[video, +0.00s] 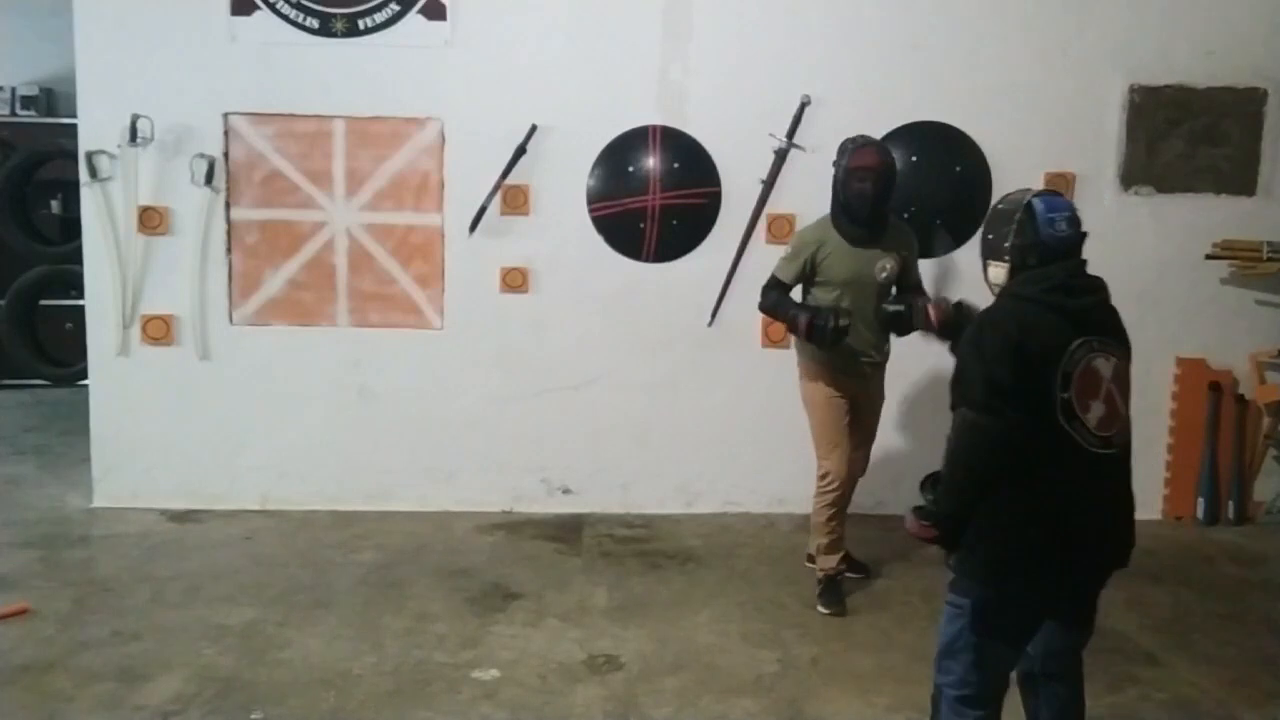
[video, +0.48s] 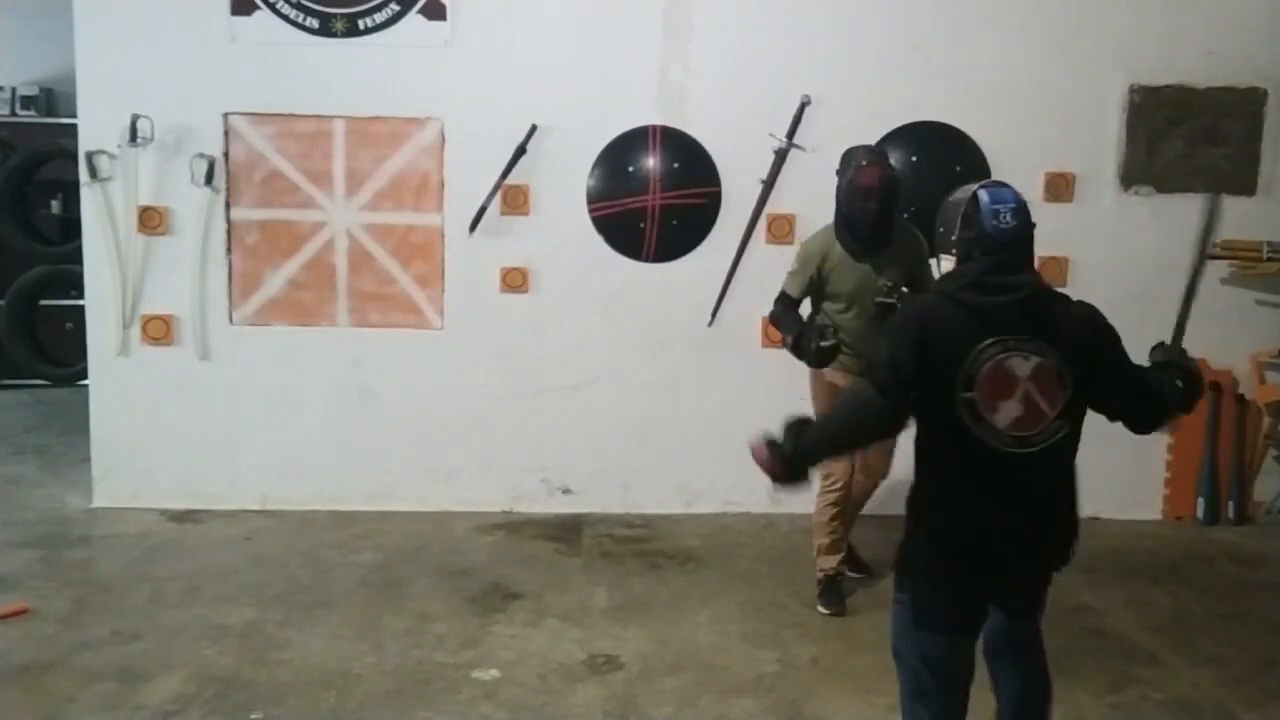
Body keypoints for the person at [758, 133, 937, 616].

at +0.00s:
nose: (865, 188)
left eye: (874, 179)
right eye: (856, 178)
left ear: (888, 186)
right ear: (838, 181)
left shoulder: (899, 240)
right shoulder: (814, 237)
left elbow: (913, 301)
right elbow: (770, 296)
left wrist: (910, 314)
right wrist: (801, 317)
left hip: (868, 371)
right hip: (822, 370)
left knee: (854, 467)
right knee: (835, 470)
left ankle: (827, 547)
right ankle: (828, 570)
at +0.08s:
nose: (865, 186)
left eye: (874, 177)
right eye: (856, 176)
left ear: (887, 183)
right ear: (838, 179)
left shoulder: (900, 239)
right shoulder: (814, 236)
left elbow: (922, 305)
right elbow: (771, 297)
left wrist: (907, 302)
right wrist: (802, 306)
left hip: (870, 370)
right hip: (823, 368)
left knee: (853, 468)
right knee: (836, 469)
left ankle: (828, 548)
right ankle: (829, 569)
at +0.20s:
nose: (865, 187)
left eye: (874, 177)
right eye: (856, 176)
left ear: (887, 184)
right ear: (838, 180)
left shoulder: (904, 239)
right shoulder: (814, 236)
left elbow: (934, 300)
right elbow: (774, 300)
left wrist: (915, 295)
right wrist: (809, 298)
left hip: (872, 369)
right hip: (824, 367)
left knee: (855, 467)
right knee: (836, 470)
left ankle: (828, 547)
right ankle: (829, 569)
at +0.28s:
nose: (863, 191)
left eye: (872, 181)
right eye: (854, 180)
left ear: (887, 188)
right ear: (838, 183)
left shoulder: (905, 241)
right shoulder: (815, 240)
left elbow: (932, 300)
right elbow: (777, 304)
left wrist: (910, 294)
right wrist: (807, 303)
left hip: (875, 366)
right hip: (827, 363)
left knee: (860, 461)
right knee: (838, 465)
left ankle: (838, 548)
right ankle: (828, 569)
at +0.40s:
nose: (865, 198)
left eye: (874, 188)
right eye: (856, 188)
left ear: (889, 193)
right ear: (839, 191)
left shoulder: (907, 244)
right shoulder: (818, 245)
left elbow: (931, 305)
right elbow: (781, 307)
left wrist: (903, 312)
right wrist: (800, 332)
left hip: (887, 376)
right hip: (833, 369)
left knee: (864, 466)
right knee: (834, 463)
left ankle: (832, 545)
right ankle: (829, 567)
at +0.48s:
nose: (870, 207)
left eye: (879, 196)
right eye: (861, 195)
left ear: (892, 199)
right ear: (842, 195)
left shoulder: (909, 245)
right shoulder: (821, 247)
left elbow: (928, 304)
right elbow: (782, 307)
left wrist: (903, 310)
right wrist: (802, 339)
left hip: (889, 375)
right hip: (835, 374)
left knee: (872, 470)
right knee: (837, 472)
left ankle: (838, 538)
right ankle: (829, 569)